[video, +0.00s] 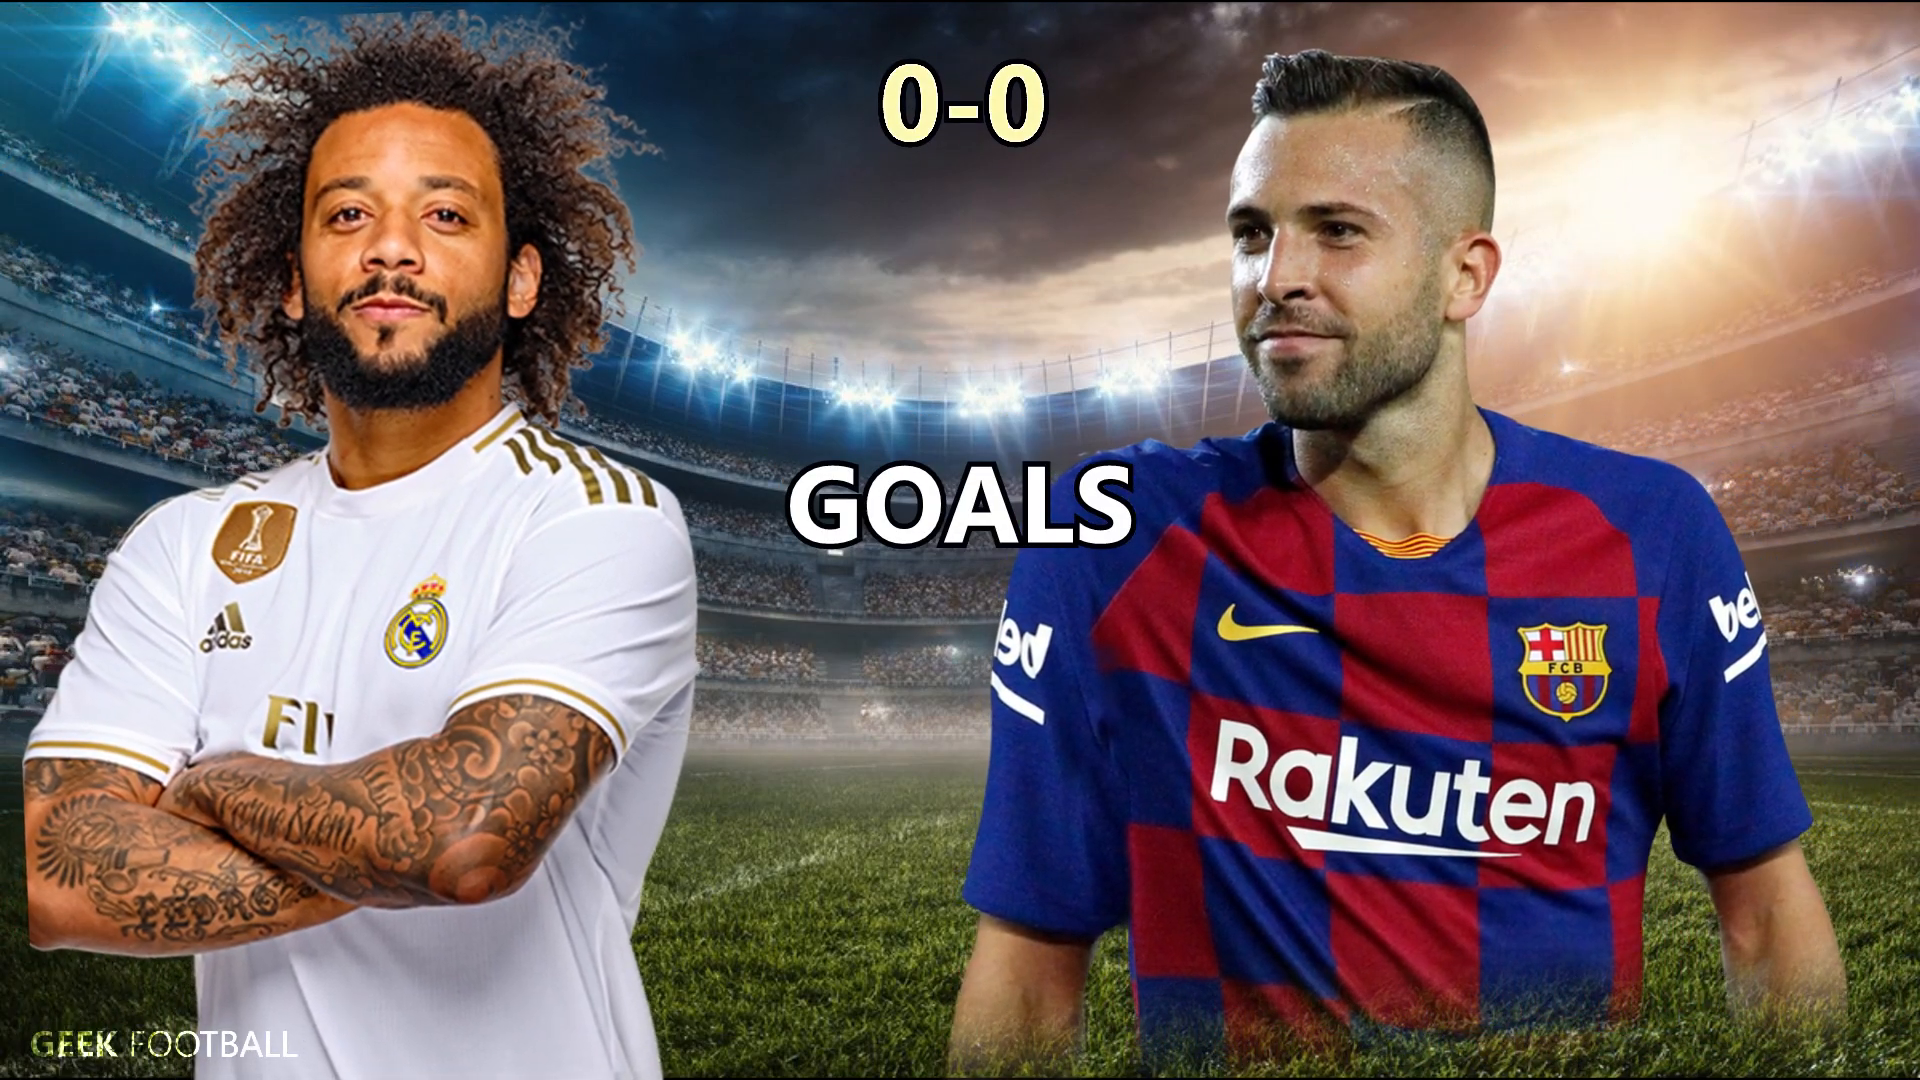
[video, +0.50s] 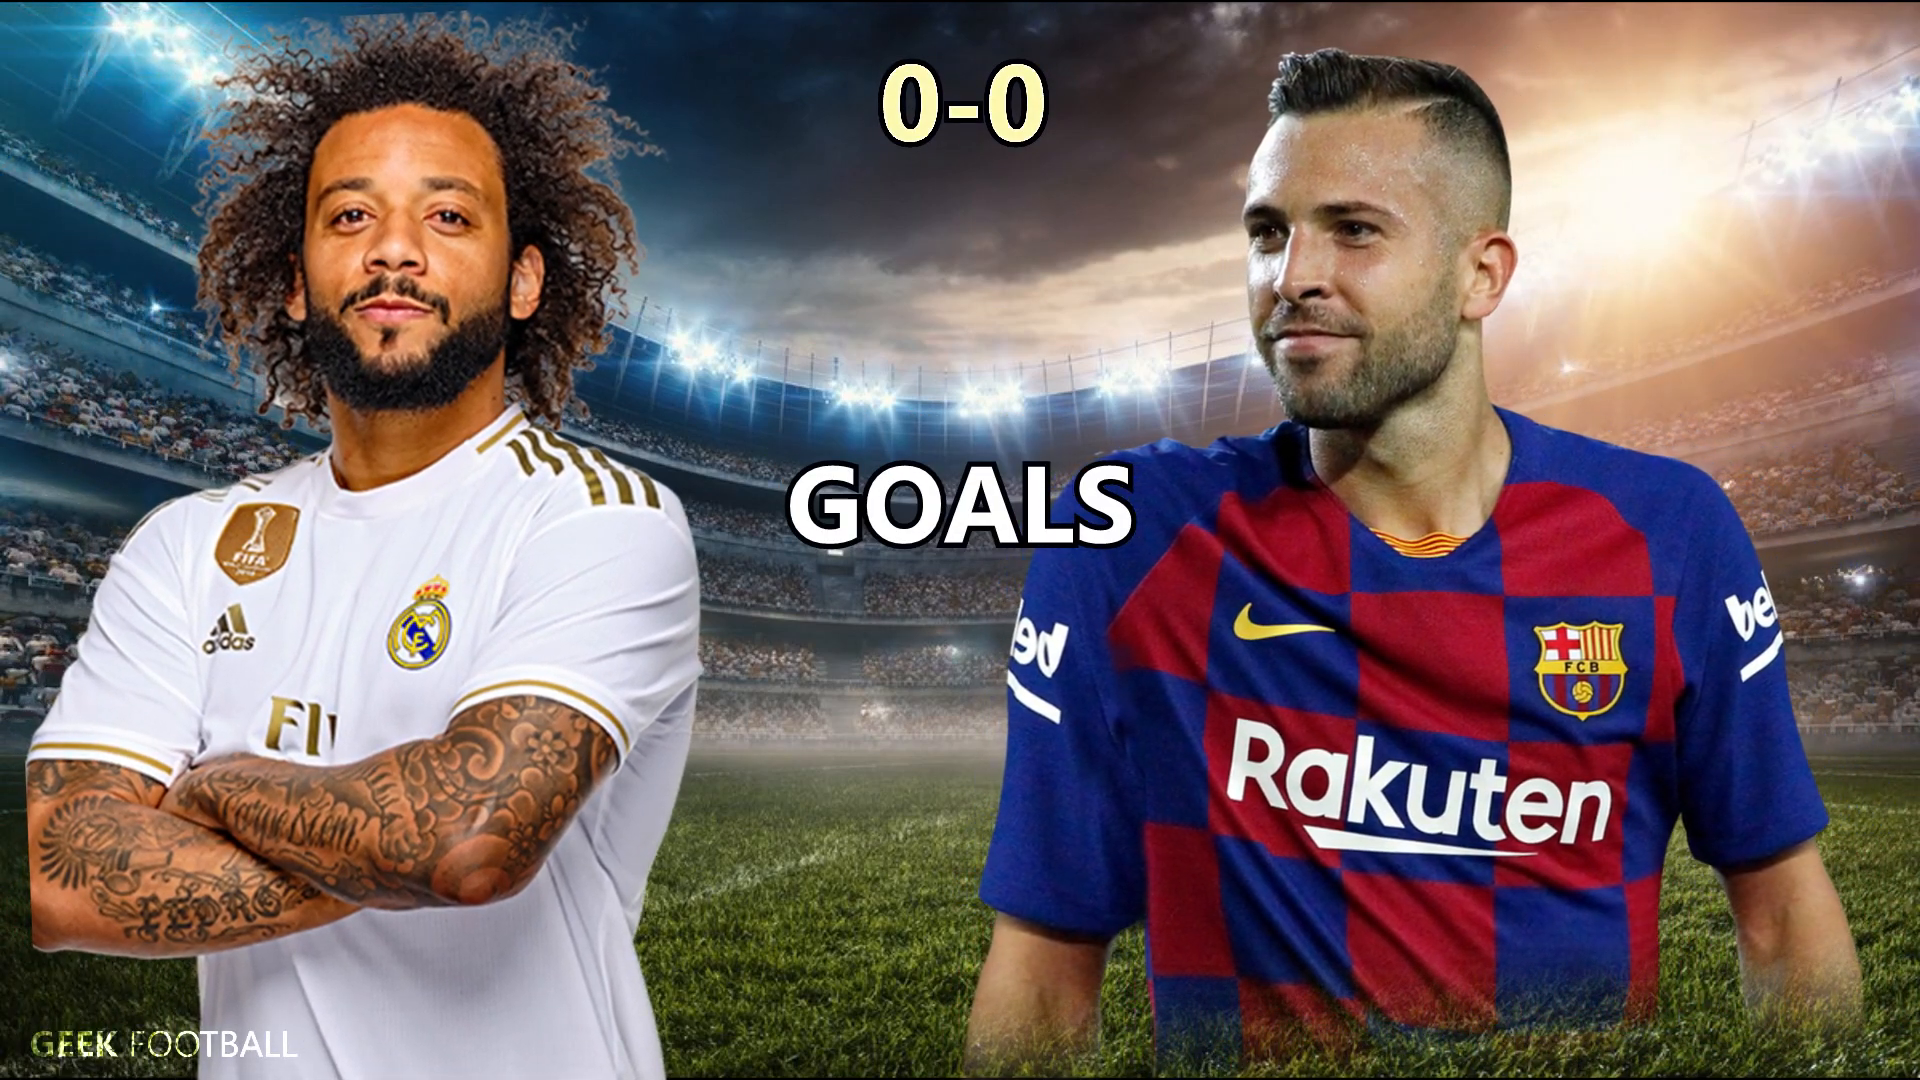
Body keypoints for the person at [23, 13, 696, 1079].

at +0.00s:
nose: (391, 250)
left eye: (446, 214)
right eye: (347, 215)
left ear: (518, 280)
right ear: (297, 278)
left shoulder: (604, 524)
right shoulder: (183, 545)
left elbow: (469, 837)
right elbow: (70, 886)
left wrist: (205, 781)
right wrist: (389, 846)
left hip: (535, 1066)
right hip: (257, 1066)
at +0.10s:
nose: (391, 251)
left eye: (447, 214)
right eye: (348, 215)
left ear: (519, 280)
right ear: (298, 279)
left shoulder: (605, 525)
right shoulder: (184, 545)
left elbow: (469, 837)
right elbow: (70, 887)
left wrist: (206, 781)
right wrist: (391, 846)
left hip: (536, 1066)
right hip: (258, 1066)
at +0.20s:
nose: (392, 251)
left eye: (448, 215)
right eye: (348, 215)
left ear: (519, 280)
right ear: (298, 278)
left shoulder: (606, 524)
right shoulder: (184, 546)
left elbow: (470, 837)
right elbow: (71, 888)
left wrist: (207, 781)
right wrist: (392, 848)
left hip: (536, 1065)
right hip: (259, 1065)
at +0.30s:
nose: (392, 251)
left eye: (448, 215)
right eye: (349, 215)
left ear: (520, 280)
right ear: (300, 278)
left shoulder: (607, 525)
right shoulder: (185, 546)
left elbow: (470, 837)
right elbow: (71, 888)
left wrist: (208, 781)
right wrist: (394, 846)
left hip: (536, 1066)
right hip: (258, 1066)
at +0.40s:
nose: (393, 251)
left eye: (448, 215)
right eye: (350, 215)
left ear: (520, 281)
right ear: (300, 278)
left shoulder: (607, 525)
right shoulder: (185, 546)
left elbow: (471, 838)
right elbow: (72, 888)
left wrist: (208, 781)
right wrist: (395, 847)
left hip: (537, 1066)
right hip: (259, 1066)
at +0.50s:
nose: (393, 252)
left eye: (449, 215)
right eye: (350, 215)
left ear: (520, 280)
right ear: (300, 278)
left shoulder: (607, 525)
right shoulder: (186, 546)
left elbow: (471, 838)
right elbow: (73, 889)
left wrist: (208, 782)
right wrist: (395, 846)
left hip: (538, 1066)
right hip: (259, 1066)